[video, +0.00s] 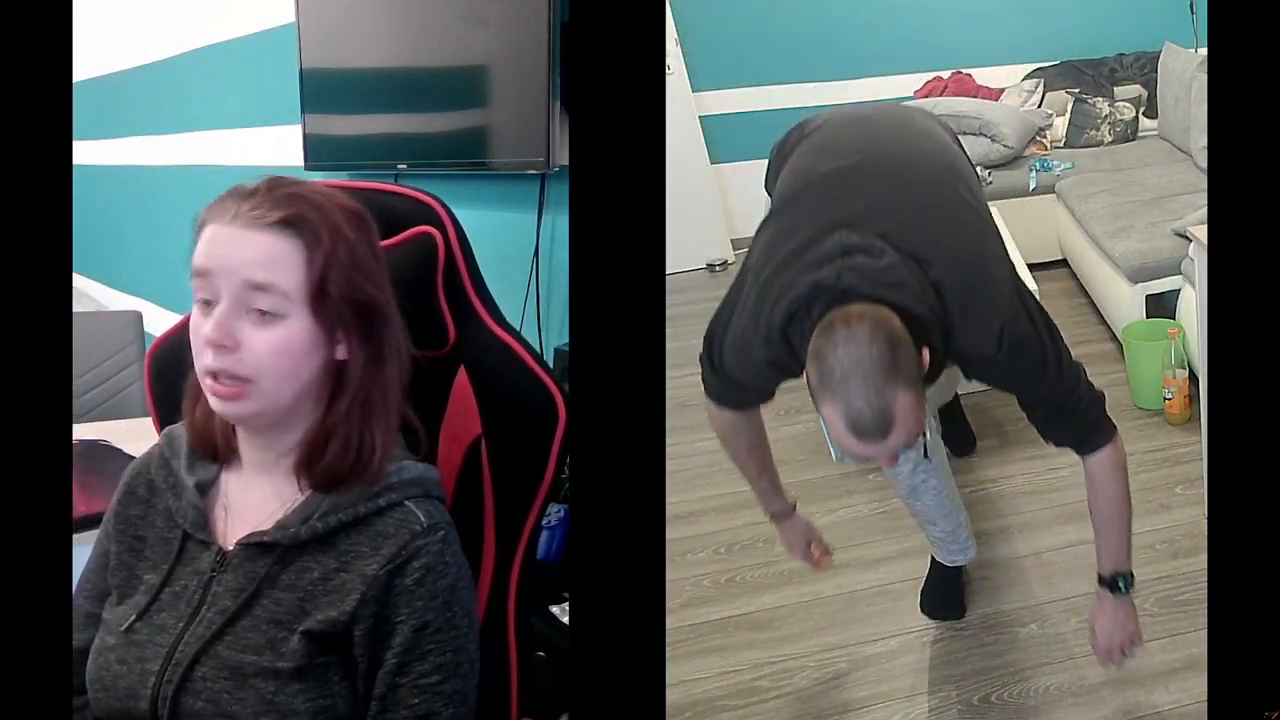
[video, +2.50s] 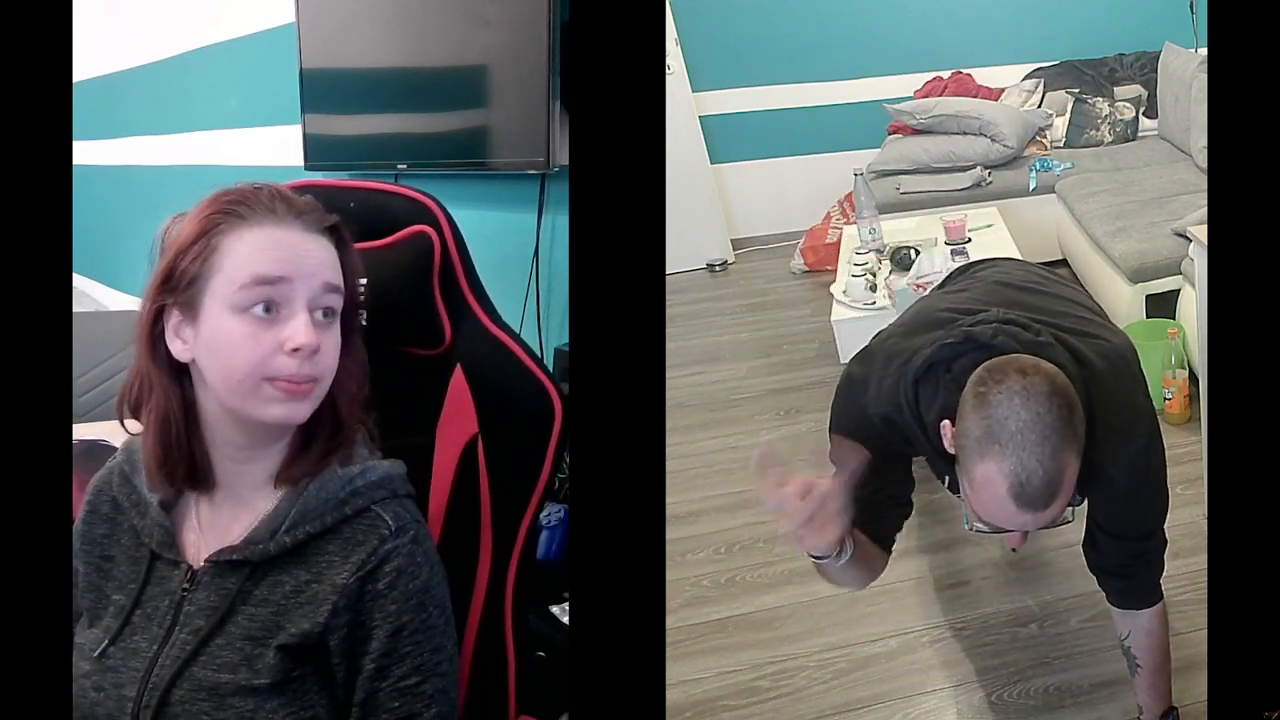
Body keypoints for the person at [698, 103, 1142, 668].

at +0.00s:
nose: (892, 465)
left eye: (905, 448)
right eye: (868, 458)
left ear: (925, 361)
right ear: (811, 381)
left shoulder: (990, 321)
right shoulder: (754, 334)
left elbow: (1100, 440)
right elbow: (726, 398)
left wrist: (1117, 587)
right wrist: (781, 513)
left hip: (920, 129)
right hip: (805, 142)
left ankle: (947, 397)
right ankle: (951, 553)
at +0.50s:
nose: (936, 587)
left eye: (953, 569)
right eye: (909, 579)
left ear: (974, 477)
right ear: (857, 502)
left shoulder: (1039, 439)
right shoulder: (794, 443)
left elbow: (1111, 579)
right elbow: (744, 570)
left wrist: (1164, 706)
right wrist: (761, 713)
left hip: (973, 212)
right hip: (848, 212)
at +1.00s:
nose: (968, 643)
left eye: (986, 625)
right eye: (938, 639)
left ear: (1005, 526)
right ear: (881, 556)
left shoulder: (1064, 465)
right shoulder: (807, 522)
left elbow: (1131, 593)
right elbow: (782, 680)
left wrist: (1169, 707)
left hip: (978, 252)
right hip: (851, 266)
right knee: (829, 356)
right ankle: (816, 336)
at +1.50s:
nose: (885, 686)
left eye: (905, 670)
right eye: (848, 677)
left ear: (937, 568)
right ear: (802, 599)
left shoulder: (1021, 496)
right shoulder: (743, 552)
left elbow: (1117, 603)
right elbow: (741, 694)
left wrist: (1156, 713)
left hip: (951, 298)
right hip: (826, 315)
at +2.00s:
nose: (996, 598)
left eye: (1018, 579)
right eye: (973, 582)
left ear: (1053, 490)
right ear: (927, 493)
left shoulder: (1109, 451)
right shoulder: (864, 458)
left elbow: (1136, 598)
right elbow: (772, 613)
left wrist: (1159, 712)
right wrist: (742, 717)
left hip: (1043, 287)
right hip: (925, 286)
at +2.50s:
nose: (1016, 545)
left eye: (1040, 525)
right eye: (991, 524)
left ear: (1077, 456)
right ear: (950, 441)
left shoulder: (1125, 424)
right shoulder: (877, 395)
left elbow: (1136, 591)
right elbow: (863, 570)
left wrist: (1159, 712)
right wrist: (830, 547)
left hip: (1063, 285)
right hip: (959, 288)